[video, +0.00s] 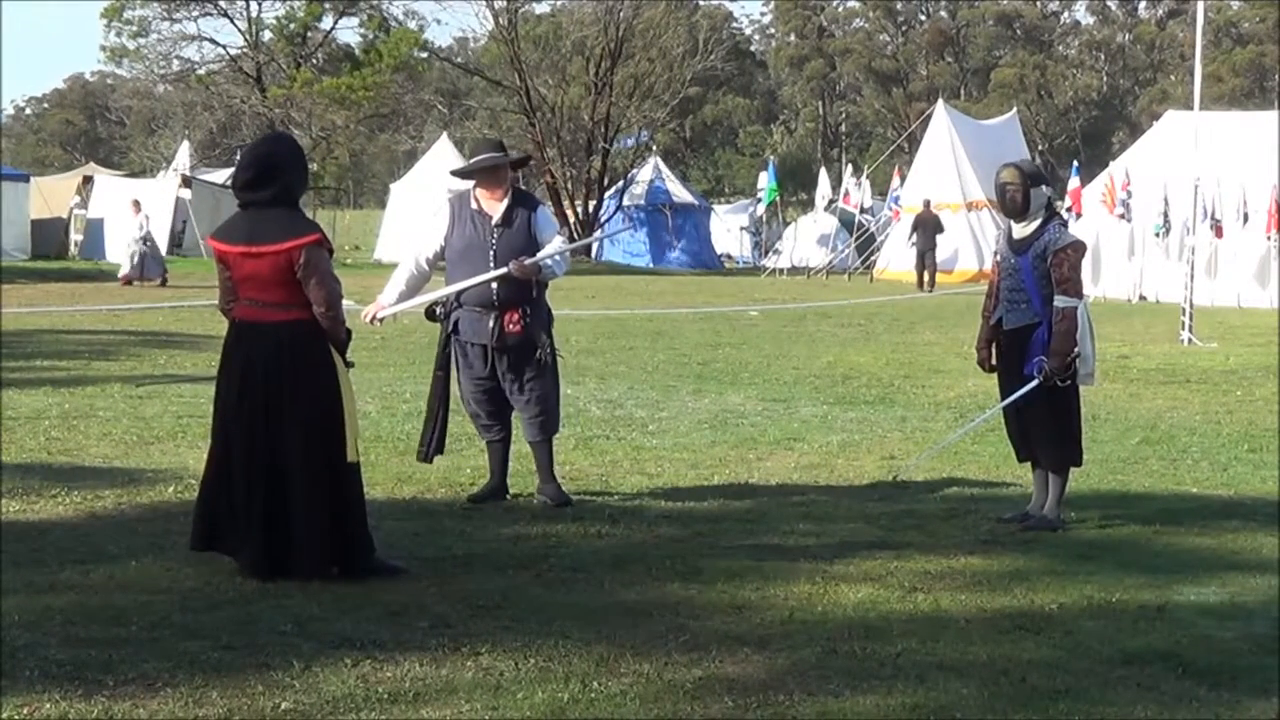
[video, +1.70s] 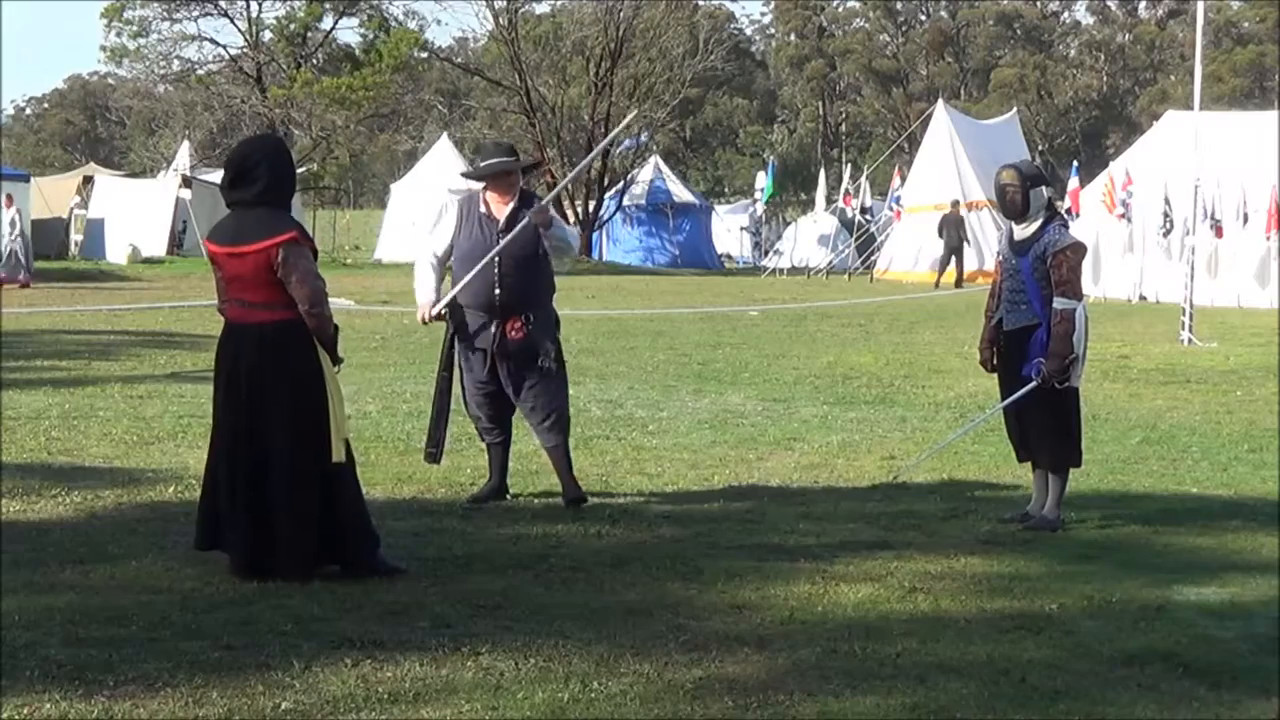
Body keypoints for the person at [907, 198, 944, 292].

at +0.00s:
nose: (926, 207)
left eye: (925, 205)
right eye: (927, 205)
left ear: (923, 205)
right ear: (930, 205)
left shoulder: (918, 216)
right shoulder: (935, 216)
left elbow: (913, 228)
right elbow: (941, 229)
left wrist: (909, 238)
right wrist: (933, 231)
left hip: (920, 245)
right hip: (930, 245)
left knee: (919, 266)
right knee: (931, 265)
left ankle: (920, 285)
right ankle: (930, 285)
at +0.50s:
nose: (931, 206)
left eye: (929, 204)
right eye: (931, 204)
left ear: (925, 204)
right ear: (933, 204)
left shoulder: (920, 215)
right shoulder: (936, 216)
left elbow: (912, 226)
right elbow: (940, 228)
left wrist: (909, 236)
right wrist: (945, 238)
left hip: (922, 243)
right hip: (932, 244)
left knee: (920, 263)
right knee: (933, 264)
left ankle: (920, 284)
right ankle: (933, 283)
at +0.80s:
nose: (934, 204)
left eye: (933, 202)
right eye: (935, 202)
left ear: (929, 202)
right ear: (937, 202)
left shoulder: (924, 213)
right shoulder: (940, 212)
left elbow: (919, 225)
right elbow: (945, 224)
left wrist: (917, 234)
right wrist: (948, 233)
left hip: (927, 241)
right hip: (936, 241)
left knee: (926, 258)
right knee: (936, 261)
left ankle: (926, 278)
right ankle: (934, 283)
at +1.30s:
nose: (946, 205)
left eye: (944, 203)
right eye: (945, 203)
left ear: (937, 203)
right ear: (944, 203)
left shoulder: (931, 213)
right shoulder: (947, 215)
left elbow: (926, 224)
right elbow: (950, 228)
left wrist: (923, 233)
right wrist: (955, 237)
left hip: (934, 242)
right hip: (944, 242)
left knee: (934, 261)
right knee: (947, 259)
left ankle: (933, 280)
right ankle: (941, 278)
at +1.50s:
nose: (951, 206)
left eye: (950, 204)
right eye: (951, 204)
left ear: (943, 204)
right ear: (950, 204)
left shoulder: (938, 213)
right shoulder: (952, 215)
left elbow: (931, 225)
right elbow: (953, 228)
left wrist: (931, 234)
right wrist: (956, 238)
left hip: (940, 241)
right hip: (950, 241)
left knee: (937, 261)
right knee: (952, 262)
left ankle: (934, 281)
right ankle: (955, 280)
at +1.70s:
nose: (959, 208)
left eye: (958, 206)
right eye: (958, 206)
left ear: (951, 206)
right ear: (957, 206)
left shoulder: (945, 216)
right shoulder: (960, 217)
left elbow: (940, 230)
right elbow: (962, 231)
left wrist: (944, 237)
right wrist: (966, 239)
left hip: (948, 243)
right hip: (958, 243)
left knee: (944, 262)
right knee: (959, 263)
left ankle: (938, 279)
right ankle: (958, 282)